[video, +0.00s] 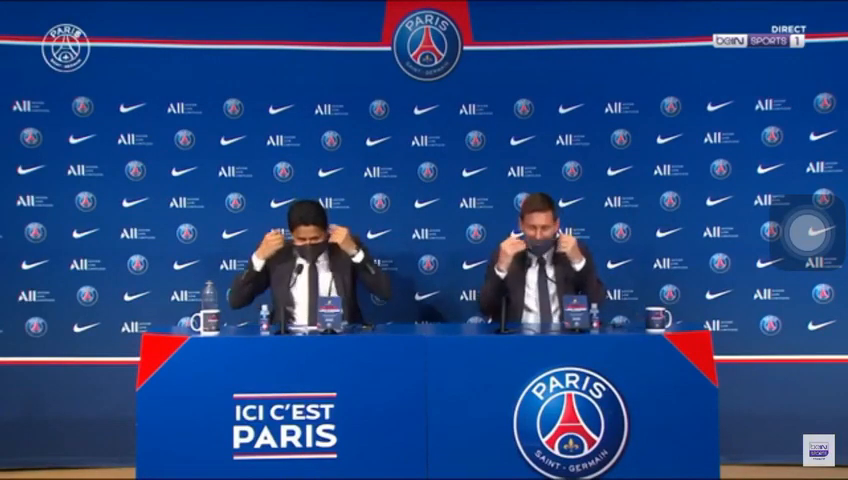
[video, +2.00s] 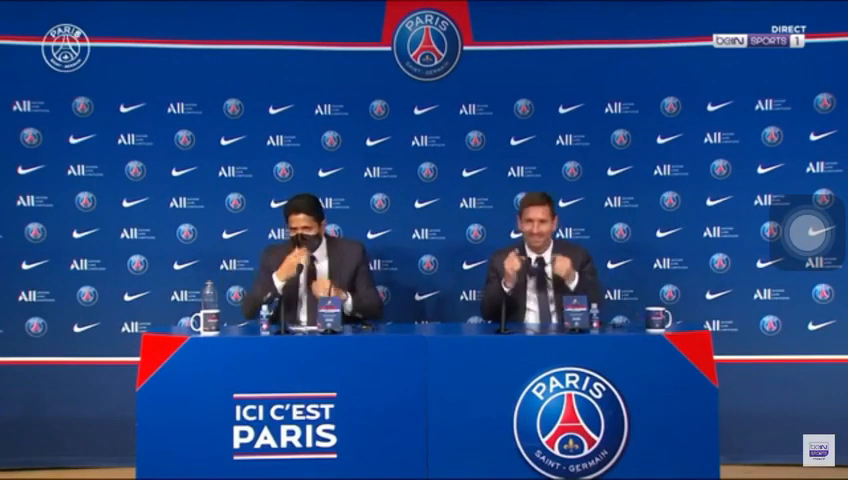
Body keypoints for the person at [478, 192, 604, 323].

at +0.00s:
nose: (538, 236)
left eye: (545, 228)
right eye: (532, 228)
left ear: (556, 225)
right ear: (522, 225)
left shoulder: (574, 252)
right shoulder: (507, 254)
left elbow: (598, 301)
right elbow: (487, 309)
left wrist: (578, 261)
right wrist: (502, 267)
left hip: (566, 341)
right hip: (518, 342)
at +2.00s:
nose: (535, 229)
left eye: (542, 222)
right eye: (529, 221)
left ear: (555, 223)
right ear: (520, 223)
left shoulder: (578, 256)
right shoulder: (503, 259)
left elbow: (598, 304)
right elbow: (489, 314)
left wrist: (573, 279)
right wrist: (508, 283)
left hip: (566, 341)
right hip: (518, 342)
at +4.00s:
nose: (532, 231)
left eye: (539, 225)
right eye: (526, 225)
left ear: (551, 225)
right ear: (516, 225)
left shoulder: (573, 253)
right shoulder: (506, 255)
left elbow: (591, 296)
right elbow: (480, 301)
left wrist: (566, 259)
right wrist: (500, 258)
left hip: (561, 340)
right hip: (516, 341)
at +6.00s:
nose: (544, 181)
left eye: (552, 174)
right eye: (540, 174)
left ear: (572, 170)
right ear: (536, 170)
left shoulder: (599, 196)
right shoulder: (522, 198)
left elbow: (623, 242)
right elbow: (503, 245)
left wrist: (600, 286)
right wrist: (527, 285)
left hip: (588, 310)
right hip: (539, 311)